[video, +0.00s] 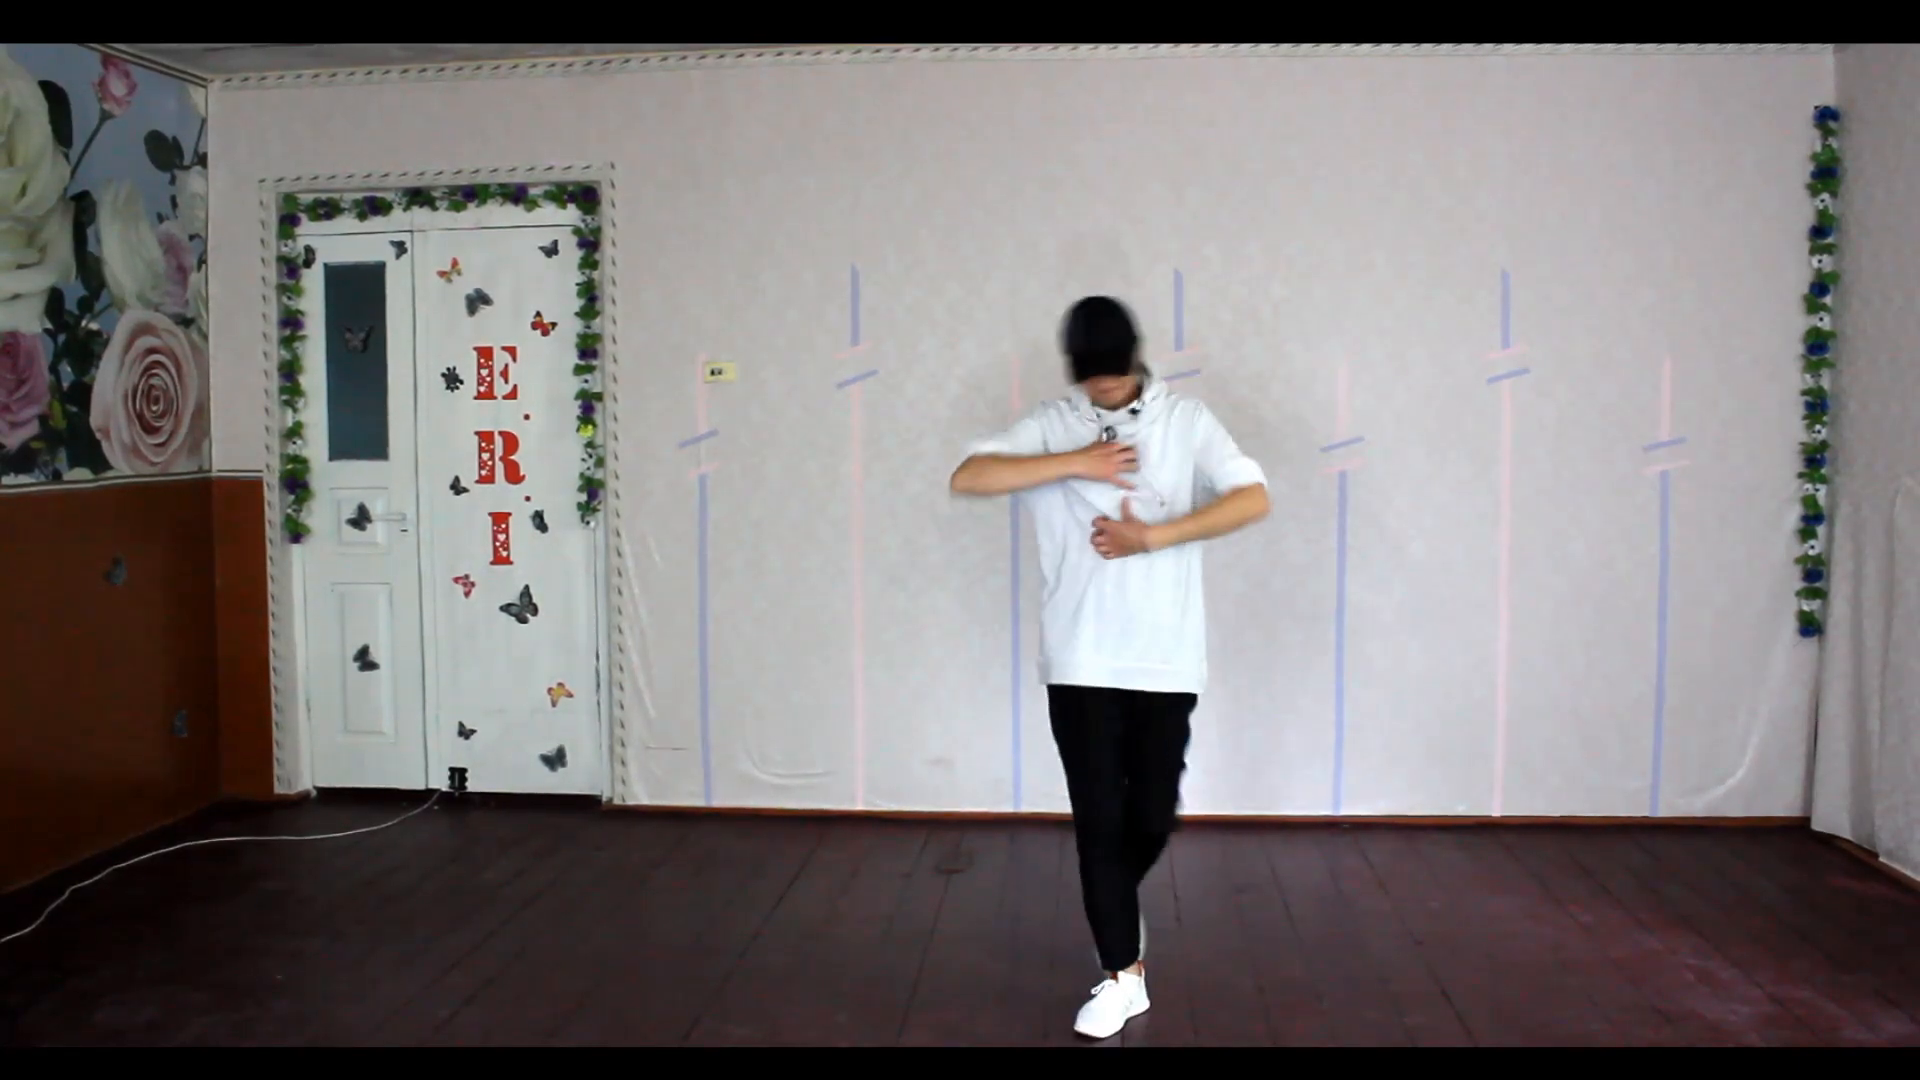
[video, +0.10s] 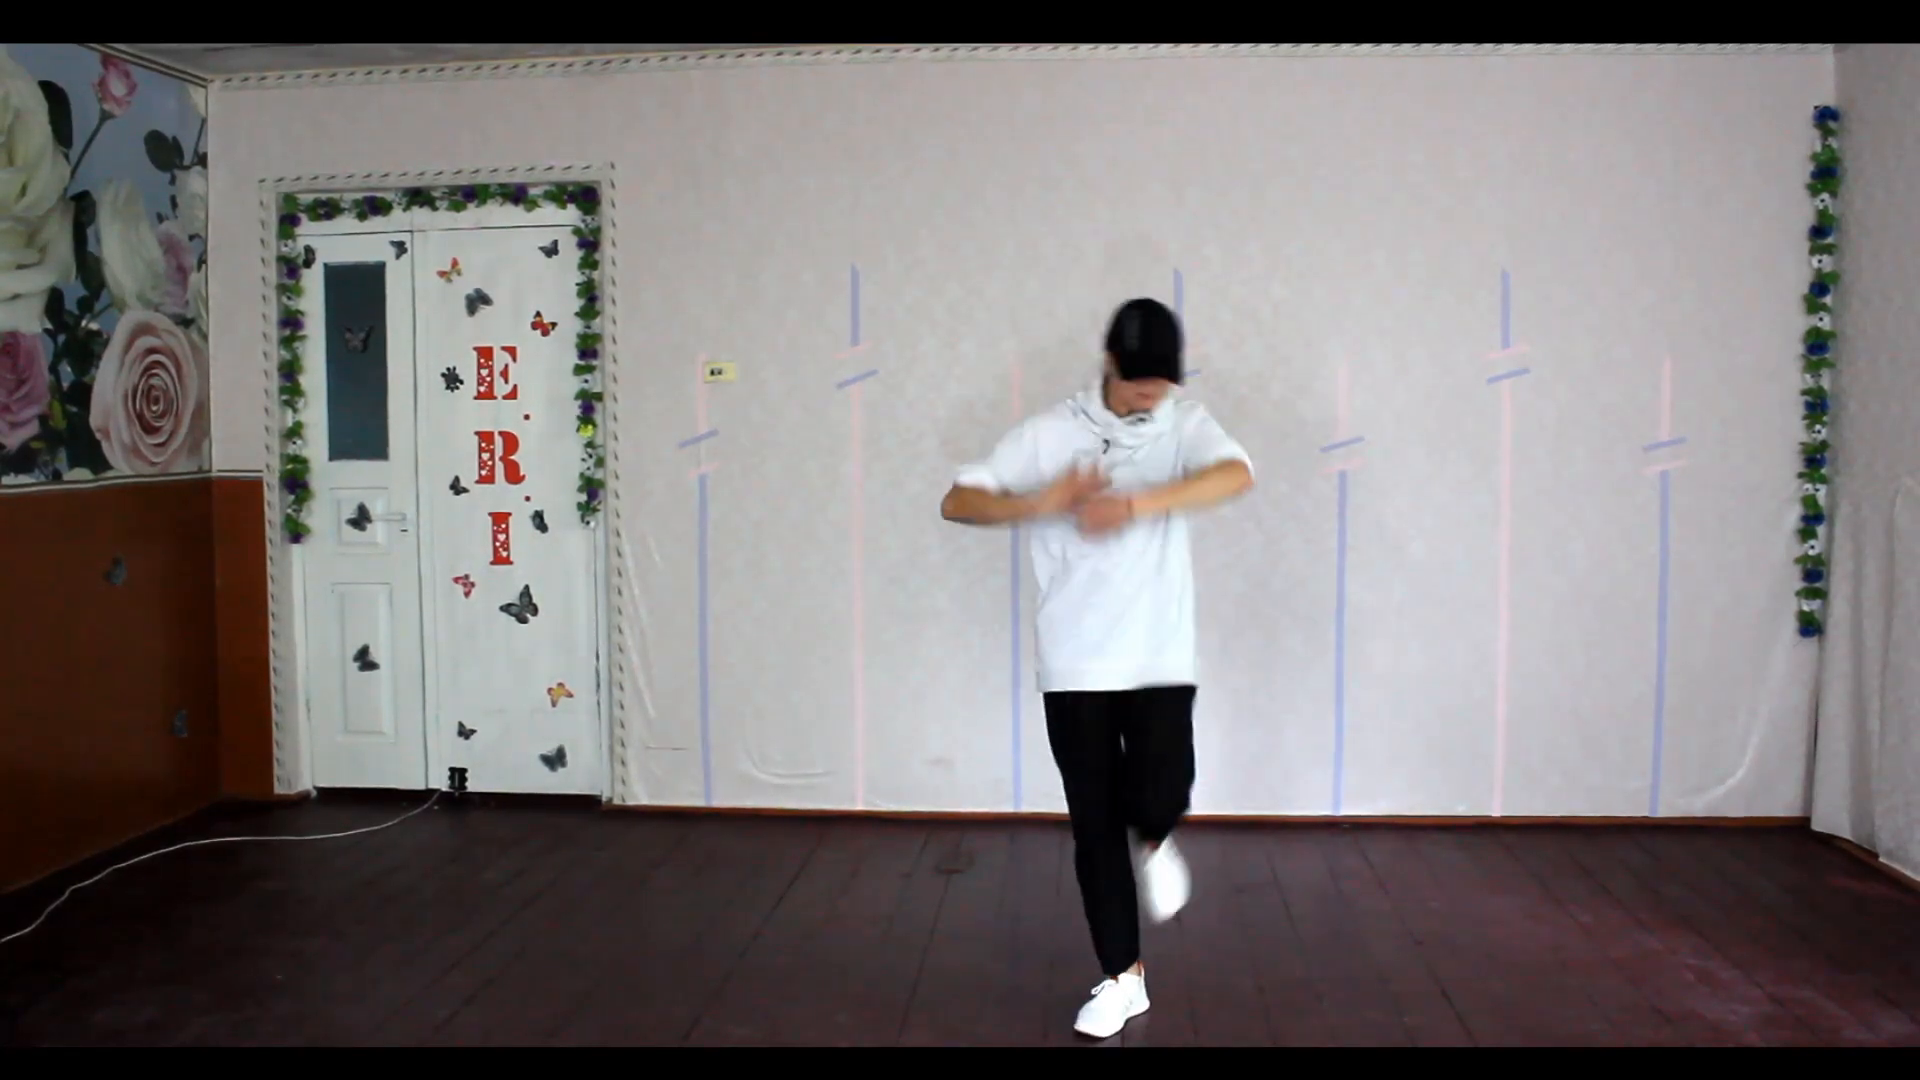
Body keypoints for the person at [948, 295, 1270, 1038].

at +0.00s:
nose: (1111, 398)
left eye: (1120, 383)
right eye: (1097, 387)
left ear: (1138, 361)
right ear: (1075, 372)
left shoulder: (1185, 420)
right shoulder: (1052, 424)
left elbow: (1254, 499)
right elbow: (967, 477)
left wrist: (1153, 535)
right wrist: (1075, 464)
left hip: (1167, 662)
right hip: (1080, 662)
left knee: (1152, 823)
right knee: (1099, 828)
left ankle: (1119, 901)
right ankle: (1122, 976)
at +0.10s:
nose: (1147, 402)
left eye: (1159, 390)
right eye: (1135, 388)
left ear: (1173, 375)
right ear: (1107, 364)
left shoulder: (1182, 417)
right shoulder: (1055, 428)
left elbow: (1236, 475)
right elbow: (958, 502)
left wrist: (1136, 503)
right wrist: (1044, 503)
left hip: (1163, 657)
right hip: (1075, 664)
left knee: (1163, 806)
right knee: (1096, 828)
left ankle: (1146, 842)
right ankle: (1123, 976)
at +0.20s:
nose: (1147, 398)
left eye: (1160, 385)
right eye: (1137, 384)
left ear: (1172, 370)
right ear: (1107, 360)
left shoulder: (1181, 405)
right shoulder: (1051, 425)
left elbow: (1241, 443)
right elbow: (966, 510)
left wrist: (1133, 460)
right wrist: (1043, 550)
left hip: (1157, 633)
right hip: (1073, 650)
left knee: (1150, 768)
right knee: (1091, 818)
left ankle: (1168, 840)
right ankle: (1123, 974)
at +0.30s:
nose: (1083, 386)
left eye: (1093, 373)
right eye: (1068, 375)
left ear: (1116, 349)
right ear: (1051, 359)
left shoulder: (1168, 402)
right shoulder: (1033, 421)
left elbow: (1266, 464)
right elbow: (979, 516)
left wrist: (1160, 466)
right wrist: (1090, 524)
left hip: (1157, 621)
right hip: (1078, 637)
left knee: (1136, 778)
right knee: (1091, 800)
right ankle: (1124, 965)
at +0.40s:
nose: (1108, 400)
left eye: (1121, 387)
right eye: (1097, 386)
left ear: (1140, 371)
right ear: (1074, 365)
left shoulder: (1161, 417)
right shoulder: (1030, 428)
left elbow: (1240, 478)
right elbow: (947, 500)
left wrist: (1129, 485)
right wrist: (1053, 525)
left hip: (1149, 656)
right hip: (1064, 662)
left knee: (1129, 827)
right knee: (1087, 829)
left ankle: (1119, 999)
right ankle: (1119, 976)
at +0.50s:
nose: (1111, 404)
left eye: (1125, 392)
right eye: (1101, 389)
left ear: (1146, 378)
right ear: (1081, 367)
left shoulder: (1165, 425)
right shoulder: (1030, 423)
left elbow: (1245, 459)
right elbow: (925, 434)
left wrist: (1139, 480)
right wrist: (1005, 503)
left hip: (1137, 672)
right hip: (1049, 672)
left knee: (1118, 834)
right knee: (1068, 838)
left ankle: (1106, 1000)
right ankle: (1119, 967)